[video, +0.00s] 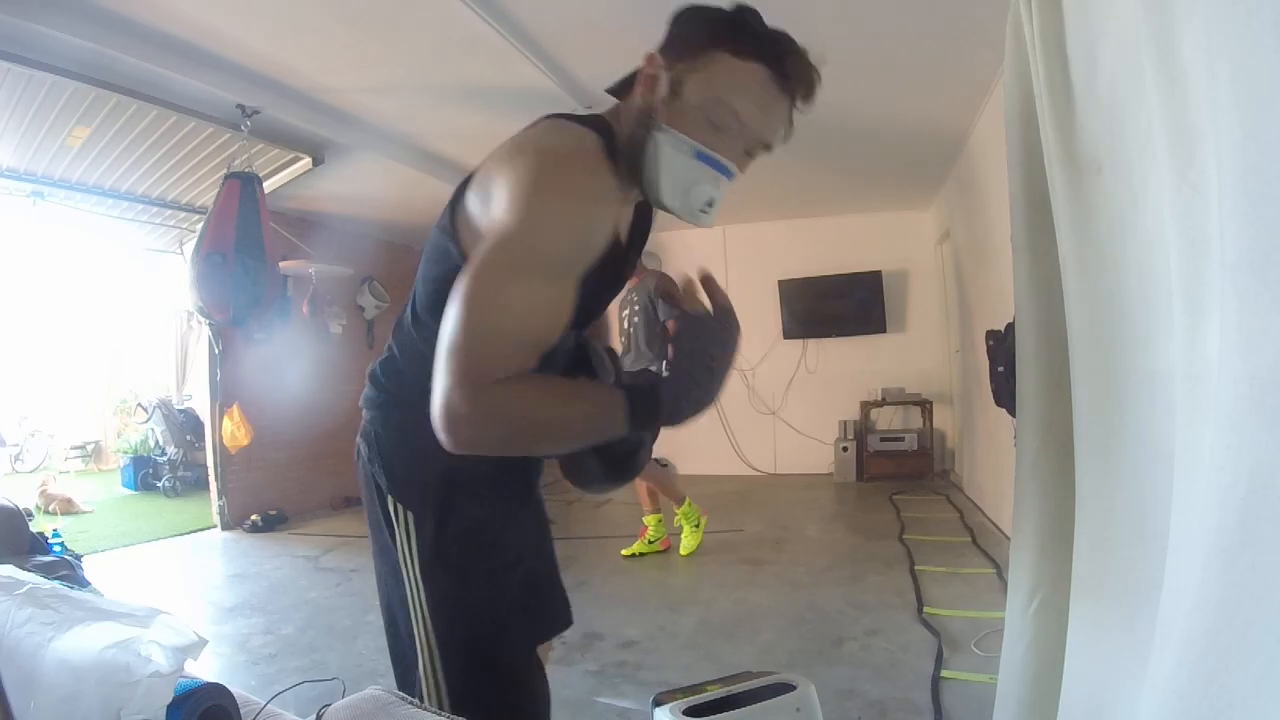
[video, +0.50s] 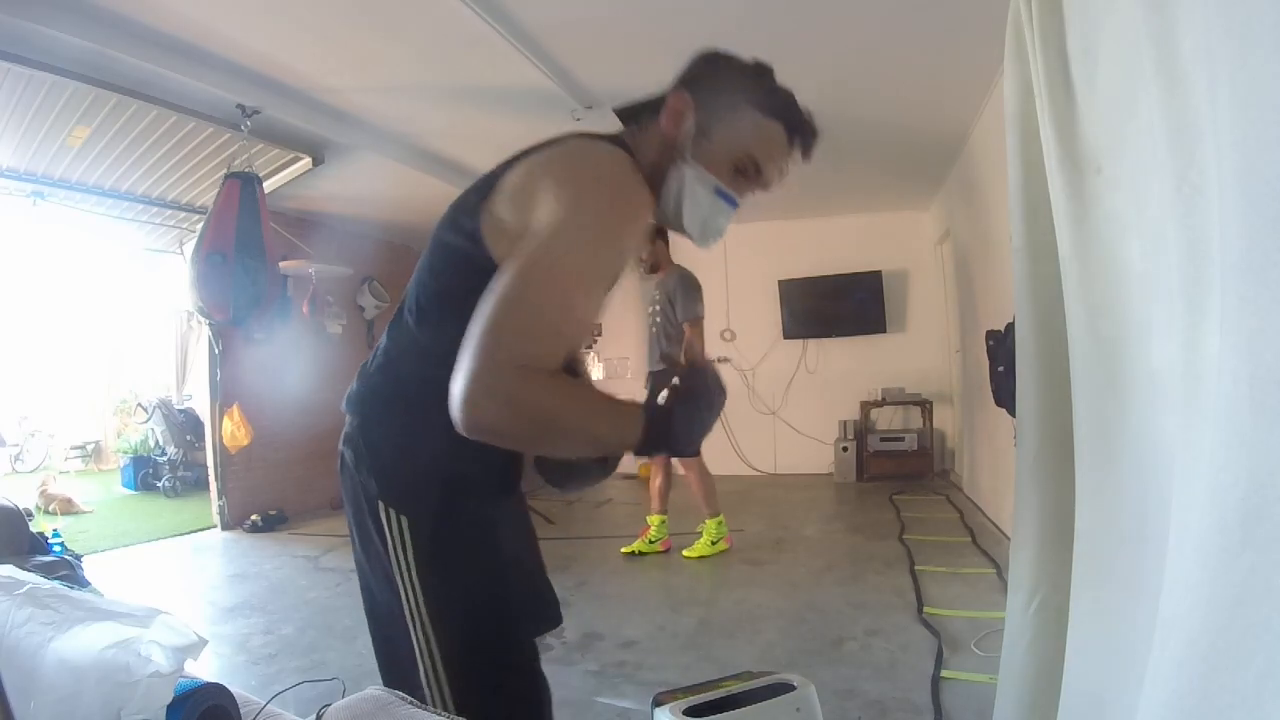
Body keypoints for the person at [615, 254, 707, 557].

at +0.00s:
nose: (619, 268)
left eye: (622, 262)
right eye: (617, 264)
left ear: (633, 258)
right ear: (622, 264)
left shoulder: (658, 282)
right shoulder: (627, 294)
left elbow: (676, 328)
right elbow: (629, 340)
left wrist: (675, 372)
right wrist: (619, 372)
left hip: (651, 379)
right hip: (628, 379)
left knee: (639, 456)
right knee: (636, 457)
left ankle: (688, 511)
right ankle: (655, 530)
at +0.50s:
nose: (639, 257)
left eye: (644, 249)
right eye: (636, 250)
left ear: (662, 245)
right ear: (638, 251)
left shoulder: (682, 281)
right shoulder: (651, 284)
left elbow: (694, 333)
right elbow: (656, 333)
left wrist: (687, 378)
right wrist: (653, 375)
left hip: (682, 376)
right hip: (657, 377)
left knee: (688, 456)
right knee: (658, 456)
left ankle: (716, 529)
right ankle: (657, 530)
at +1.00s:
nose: (664, 266)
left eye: (665, 258)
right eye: (662, 260)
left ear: (679, 250)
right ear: (683, 251)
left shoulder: (705, 282)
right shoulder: (701, 281)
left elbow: (714, 338)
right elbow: (704, 334)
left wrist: (695, 373)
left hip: (719, 373)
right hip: (714, 372)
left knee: (717, 452)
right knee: (712, 450)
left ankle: (721, 533)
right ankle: (717, 517)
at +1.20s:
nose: (678, 267)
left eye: (678, 259)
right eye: (676, 260)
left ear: (690, 253)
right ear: (702, 253)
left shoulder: (707, 285)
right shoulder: (727, 284)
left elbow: (712, 336)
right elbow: (728, 335)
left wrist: (687, 371)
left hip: (715, 375)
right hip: (731, 375)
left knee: (718, 454)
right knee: (730, 448)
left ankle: (719, 533)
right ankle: (748, 513)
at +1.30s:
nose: (684, 270)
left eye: (685, 262)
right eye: (683, 264)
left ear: (696, 255)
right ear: (708, 256)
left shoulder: (708, 286)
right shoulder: (734, 286)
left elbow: (710, 336)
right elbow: (749, 342)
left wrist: (686, 371)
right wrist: (746, 379)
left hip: (718, 378)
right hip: (738, 378)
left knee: (719, 456)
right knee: (738, 449)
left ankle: (718, 533)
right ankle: (750, 515)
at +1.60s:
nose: (697, 278)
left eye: (697, 271)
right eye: (695, 273)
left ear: (708, 264)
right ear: (722, 265)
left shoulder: (712, 288)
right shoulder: (747, 294)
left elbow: (714, 332)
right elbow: (760, 342)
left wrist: (701, 376)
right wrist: (767, 382)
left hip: (722, 379)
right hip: (749, 381)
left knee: (707, 450)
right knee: (748, 447)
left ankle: (716, 527)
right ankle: (752, 517)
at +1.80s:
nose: (697, 282)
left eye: (696, 275)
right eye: (695, 277)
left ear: (707, 266)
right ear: (719, 267)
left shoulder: (714, 288)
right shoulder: (743, 294)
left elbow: (721, 326)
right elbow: (758, 342)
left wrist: (717, 370)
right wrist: (764, 379)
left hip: (720, 378)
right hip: (748, 381)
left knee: (700, 442)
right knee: (744, 443)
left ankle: (700, 518)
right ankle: (753, 515)